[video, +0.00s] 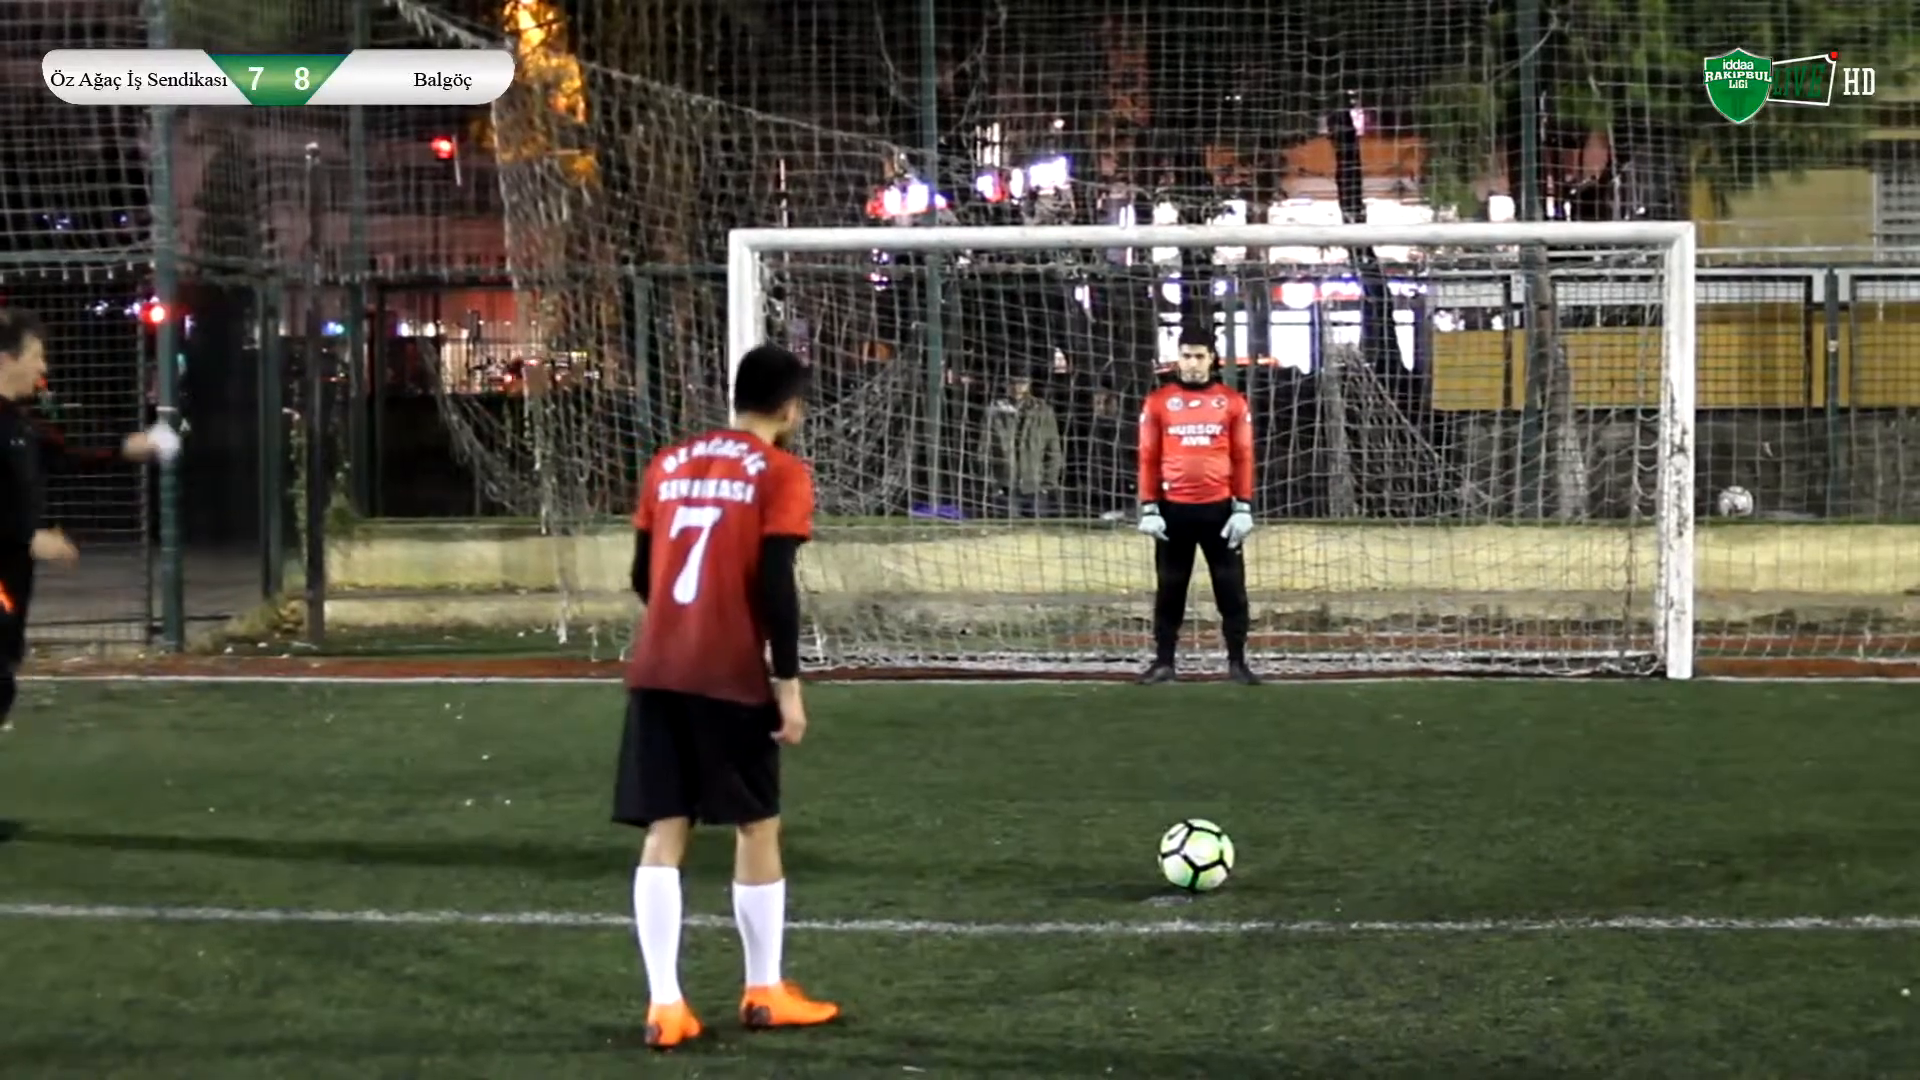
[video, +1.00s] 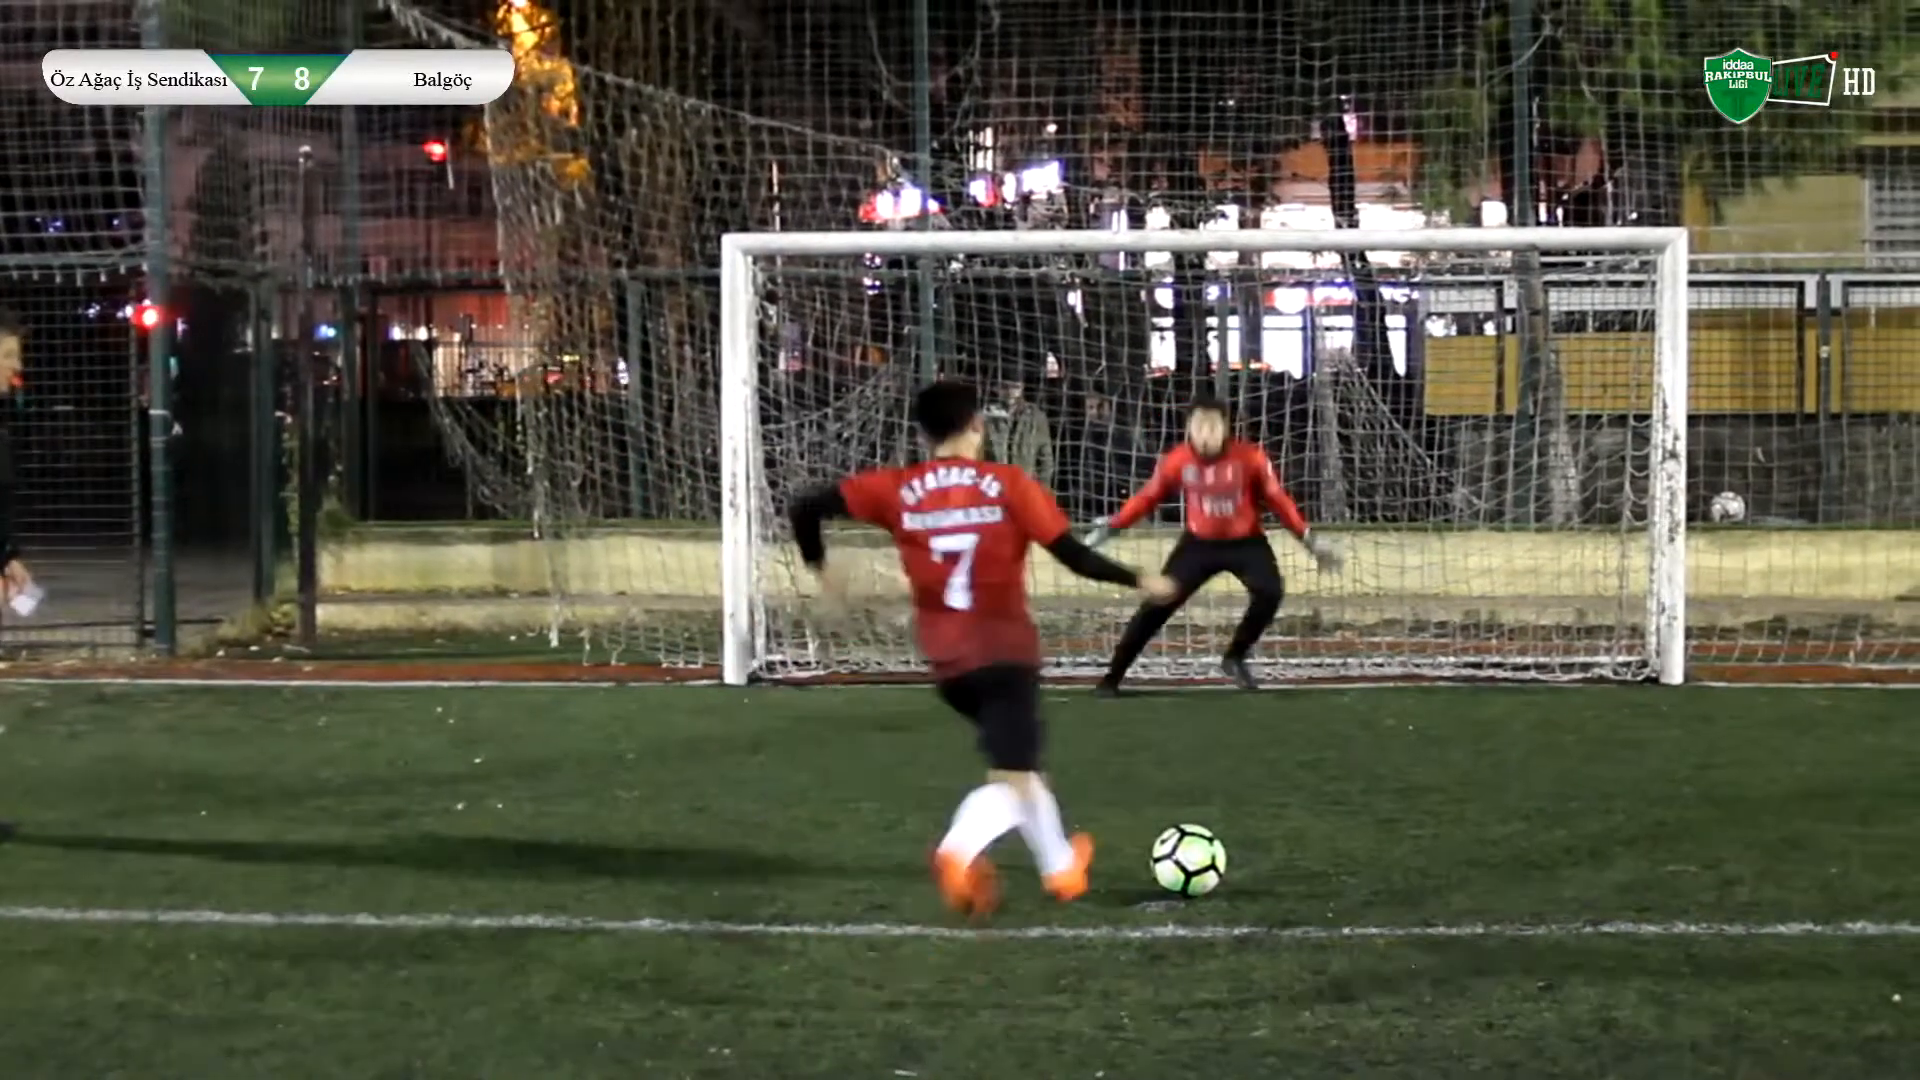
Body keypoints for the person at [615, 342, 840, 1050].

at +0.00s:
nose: (801, 417)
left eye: (799, 405)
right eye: (801, 406)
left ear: (737, 397)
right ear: (788, 408)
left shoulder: (671, 460)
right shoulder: (784, 472)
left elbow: (643, 575)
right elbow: (774, 577)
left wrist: (690, 627)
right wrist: (789, 679)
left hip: (656, 670)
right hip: (733, 675)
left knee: (665, 826)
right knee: (758, 825)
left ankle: (664, 1002)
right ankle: (766, 986)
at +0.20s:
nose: (812, 424)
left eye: (810, 413)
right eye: (813, 414)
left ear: (748, 406)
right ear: (804, 416)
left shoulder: (685, 468)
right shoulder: (794, 479)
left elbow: (647, 578)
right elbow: (781, 581)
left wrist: (684, 644)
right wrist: (795, 683)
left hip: (669, 675)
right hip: (745, 677)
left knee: (671, 829)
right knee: (780, 819)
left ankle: (662, 1003)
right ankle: (767, 984)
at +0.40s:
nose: (838, 435)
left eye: (836, 424)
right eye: (838, 424)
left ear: (775, 418)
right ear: (825, 426)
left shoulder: (711, 480)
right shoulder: (817, 486)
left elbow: (670, 584)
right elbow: (797, 571)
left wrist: (705, 642)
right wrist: (800, 675)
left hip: (695, 683)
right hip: (766, 683)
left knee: (686, 832)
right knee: (829, 795)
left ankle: (665, 1002)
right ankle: (809, 958)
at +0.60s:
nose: (890, 478)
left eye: (888, 469)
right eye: (890, 468)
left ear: (829, 465)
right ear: (878, 466)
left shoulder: (776, 516)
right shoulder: (874, 512)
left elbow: (775, 613)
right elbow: (849, 575)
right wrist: (837, 671)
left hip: (749, 690)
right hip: (816, 689)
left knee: (718, 832)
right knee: (898, 792)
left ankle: (672, 991)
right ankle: (894, 953)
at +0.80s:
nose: (959, 483)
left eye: (956, 474)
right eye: (956, 474)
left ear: (895, 477)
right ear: (946, 475)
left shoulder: (860, 519)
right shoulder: (956, 526)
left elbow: (815, 546)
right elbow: (983, 610)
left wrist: (868, 572)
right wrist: (1020, 689)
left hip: (848, 697)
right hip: (915, 697)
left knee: (876, 840)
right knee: (961, 828)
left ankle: (801, 906)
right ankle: (903, 962)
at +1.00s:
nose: (985, 429)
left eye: (981, 421)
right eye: (981, 421)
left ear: (926, 433)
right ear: (974, 426)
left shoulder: (899, 487)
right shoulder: (1009, 484)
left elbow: (806, 506)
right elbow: (1075, 555)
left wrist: (818, 565)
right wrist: (1138, 581)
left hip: (948, 664)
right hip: (1006, 657)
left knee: (1021, 764)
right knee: (1015, 784)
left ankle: (1060, 863)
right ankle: (958, 849)